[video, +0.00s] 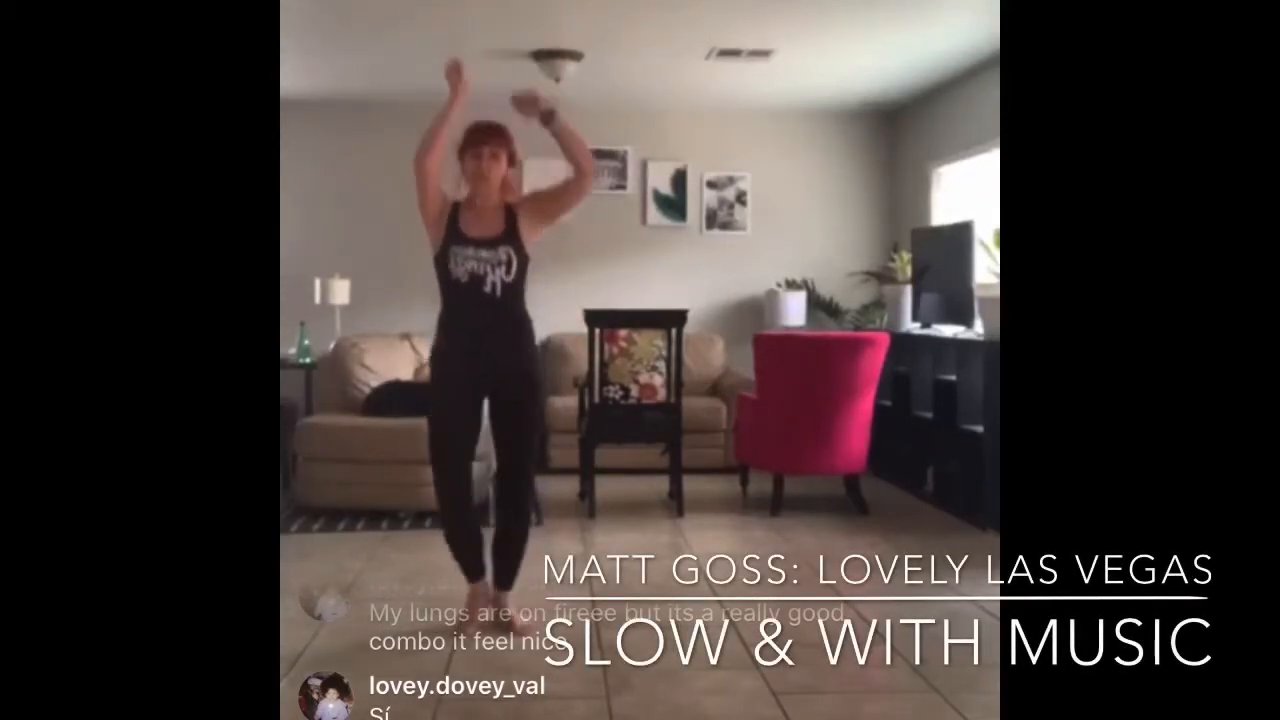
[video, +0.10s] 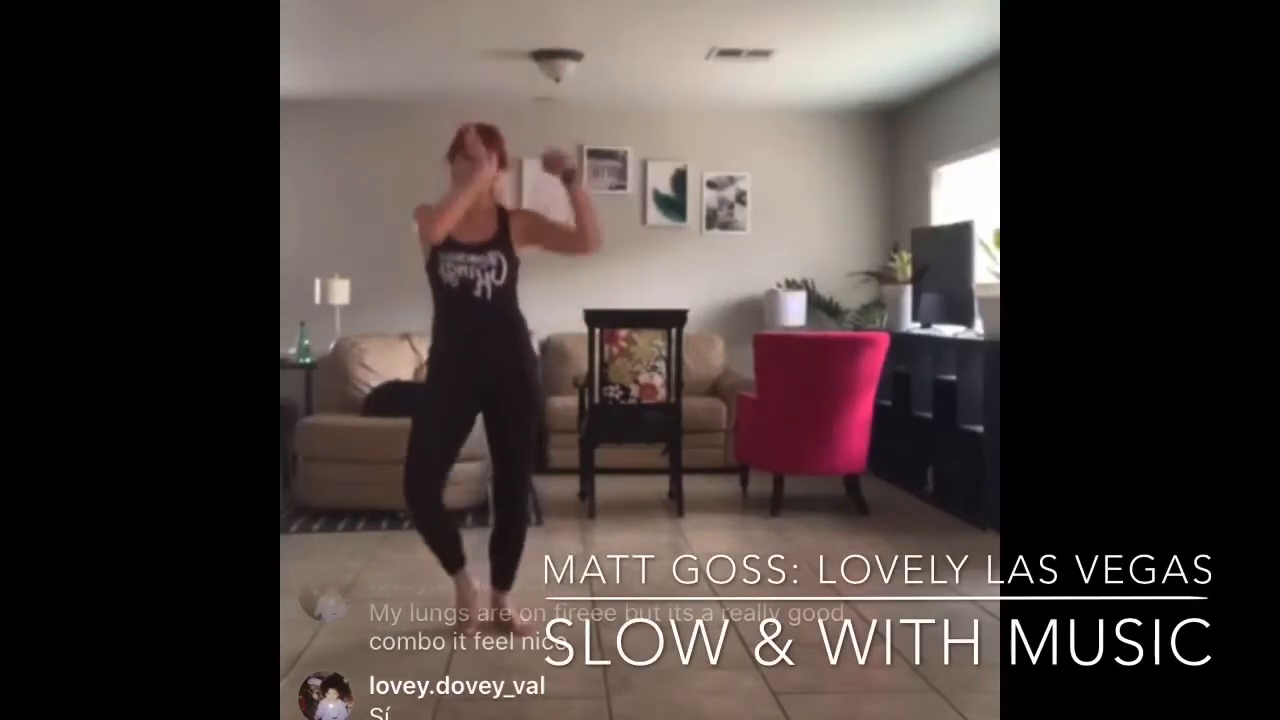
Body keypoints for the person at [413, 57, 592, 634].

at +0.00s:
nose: (491, 160)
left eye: (499, 153)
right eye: (482, 153)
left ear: (512, 166)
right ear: (463, 165)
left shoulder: (526, 217)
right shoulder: (444, 217)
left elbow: (584, 177)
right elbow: (425, 162)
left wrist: (550, 118)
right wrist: (456, 98)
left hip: (513, 362)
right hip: (455, 361)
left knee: (516, 479)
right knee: (450, 479)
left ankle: (503, 593)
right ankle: (477, 586)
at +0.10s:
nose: (473, 166)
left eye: (484, 158)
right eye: (463, 158)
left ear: (501, 167)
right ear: (449, 166)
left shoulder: (516, 223)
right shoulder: (433, 216)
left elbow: (587, 242)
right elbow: (435, 233)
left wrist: (573, 184)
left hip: (510, 370)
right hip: (451, 370)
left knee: (512, 485)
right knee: (420, 489)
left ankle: (501, 599)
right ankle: (463, 584)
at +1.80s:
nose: (411, 140)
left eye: (415, 133)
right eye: (403, 129)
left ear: (412, 141)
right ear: (371, 130)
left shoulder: (416, 195)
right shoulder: (337, 192)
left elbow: (481, 218)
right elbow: (287, 233)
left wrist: (551, 221)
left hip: (408, 349)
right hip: (354, 349)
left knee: (452, 459)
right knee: (347, 471)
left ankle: (430, 587)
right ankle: (326, 590)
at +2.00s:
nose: (441, 138)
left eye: (444, 131)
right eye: (433, 127)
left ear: (431, 137)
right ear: (403, 128)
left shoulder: (426, 192)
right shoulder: (384, 190)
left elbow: (449, 240)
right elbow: (441, 240)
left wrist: (480, 237)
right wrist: (482, 229)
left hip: (440, 338)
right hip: (404, 338)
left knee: (449, 461)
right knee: (412, 463)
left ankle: (427, 588)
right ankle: (366, 595)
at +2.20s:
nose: (465, 135)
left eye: (464, 126)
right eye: (458, 125)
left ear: (422, 130)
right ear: (431, 128)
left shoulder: (401, 188)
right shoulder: (445, 183)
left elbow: (369, 239)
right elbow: (527, 214)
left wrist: (414, 251)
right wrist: (591, 226)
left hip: (408, 335)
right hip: (444, 336)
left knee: (431, 460)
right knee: (473, 459)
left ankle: (424, 585)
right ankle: (496, 578)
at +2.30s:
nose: (470, 135)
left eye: (467, 125)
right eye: (465, 126)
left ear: (417, 136)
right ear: (450, 132)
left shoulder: (392, 192)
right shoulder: (477, 187)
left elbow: (348, 247)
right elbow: (541, 226)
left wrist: (389, 257)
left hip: (409, 337)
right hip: (463, 337)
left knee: (429, 459)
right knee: (475, 461)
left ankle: (425, 581)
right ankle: (490, 571)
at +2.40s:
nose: (463, 135)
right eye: (465, 125)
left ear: (418, 129)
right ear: (465, 128)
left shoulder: (399, 187)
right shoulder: (492, 185)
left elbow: (352, 254)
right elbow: (505, 237)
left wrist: (398, 265)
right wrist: (471, 238)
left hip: (419, 329)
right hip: (476, 329)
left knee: (430, 460)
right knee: (468, 452)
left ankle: (438, 586)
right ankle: (463, 573)